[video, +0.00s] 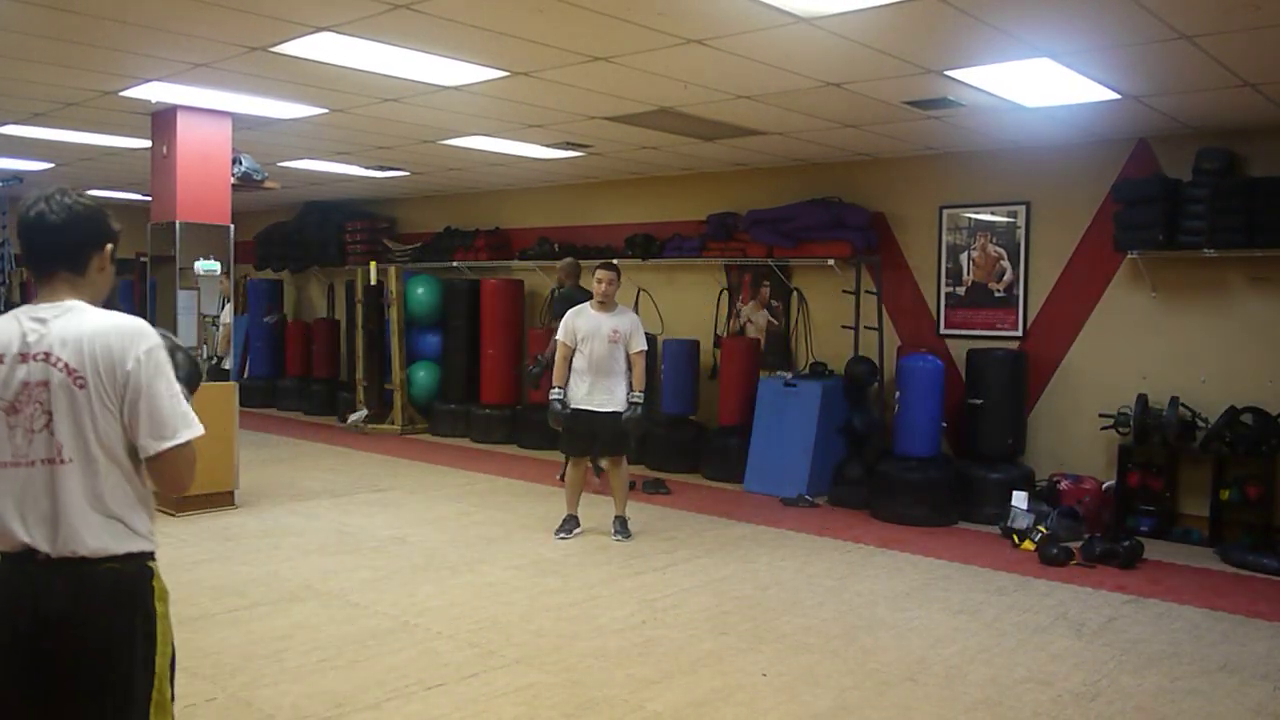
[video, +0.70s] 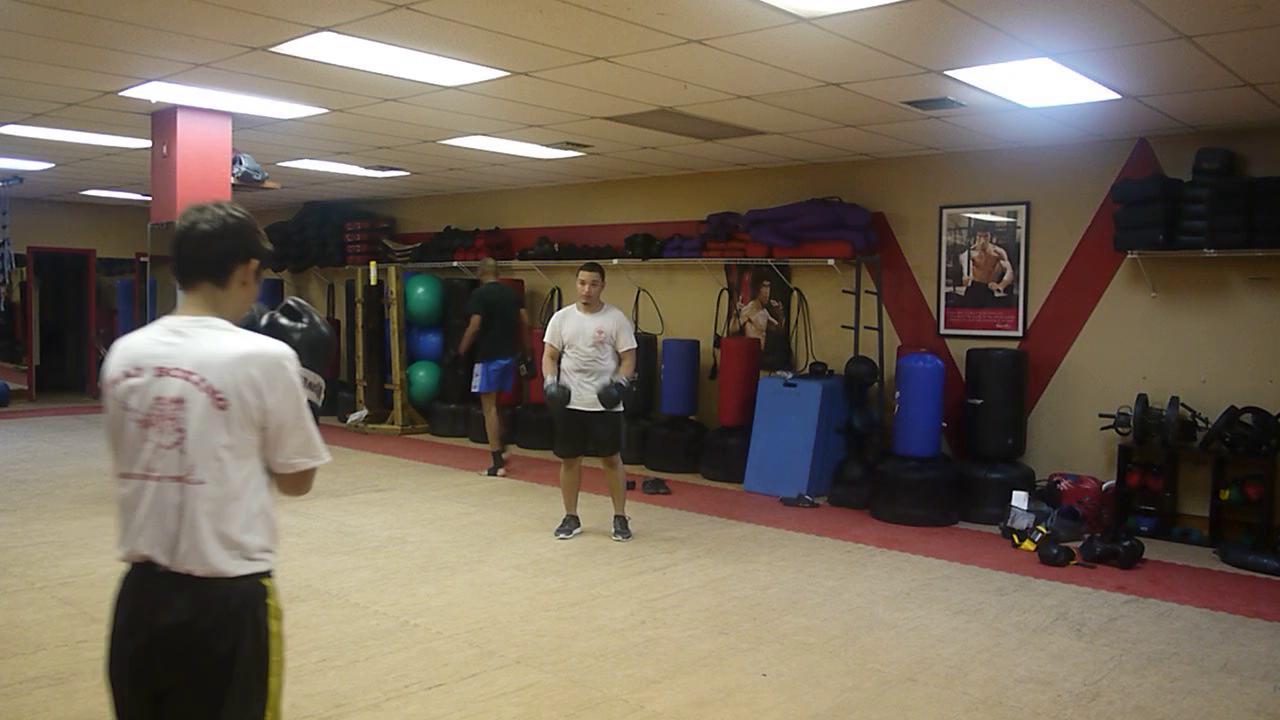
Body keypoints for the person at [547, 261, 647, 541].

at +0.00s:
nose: (604, 287)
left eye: (610, 283)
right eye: (599, 281)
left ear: (618, 286)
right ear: (592, 283)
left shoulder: (629, 319)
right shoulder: (573, 316)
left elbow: (638, 361)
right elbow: (561, 357)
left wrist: (637, 400)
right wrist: (557, 394)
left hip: (615, 406)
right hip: (578, 405)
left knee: (617, 462)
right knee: (576, 461)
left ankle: (620, 518)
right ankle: (571, 516)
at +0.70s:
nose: (586, 288)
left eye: (593, 284)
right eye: (582, 283)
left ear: (602, 287)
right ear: (576, 285)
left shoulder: (616, 318)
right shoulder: (561, 318)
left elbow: (628, 358)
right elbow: (549, 356)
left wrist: (619, 382)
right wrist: (551, 384)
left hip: (606, 405)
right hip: (570, 404)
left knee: (611, 460)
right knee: (569, 461)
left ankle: (620, 517)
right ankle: (570, 517)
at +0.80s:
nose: (582, 291)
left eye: (588, 286)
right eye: (578, 285)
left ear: (598, 288)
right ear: (572, 286)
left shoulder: (612, 317)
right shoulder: (558, 317)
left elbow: (623, 360)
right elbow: (546, 357)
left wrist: (607, 362)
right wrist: (557, 361)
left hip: (604, 404)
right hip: (567, 404)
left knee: (611, 460)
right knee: (569, 461)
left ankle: (620, 517)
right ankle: (571, 517)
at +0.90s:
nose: (579, 294)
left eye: (585, 288)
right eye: (574, 288)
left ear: (595, 288)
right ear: (568, 287)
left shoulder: (608, 316)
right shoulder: (555, 316)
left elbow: (611, 358)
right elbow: (547, 357)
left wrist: (597, 334)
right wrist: (558, 333)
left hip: (602, 401)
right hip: (565, 402)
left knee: (611, 458)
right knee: (568, 461)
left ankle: (620, 516)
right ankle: (570, 517)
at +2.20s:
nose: (581, 298)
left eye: (588, 293)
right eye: (576, 292)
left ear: (600, 291)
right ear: (568, 287)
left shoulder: (611, 318)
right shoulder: (554, 313)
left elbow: (616, 366)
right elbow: (539, 353)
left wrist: (598, 335)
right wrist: (555, 327)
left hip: (596, 400)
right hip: (557, 400)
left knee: (602, 471)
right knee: (553, 468)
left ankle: (609, 534)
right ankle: (551, 536)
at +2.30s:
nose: (574, 299)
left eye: (580, 293)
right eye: (568, 292)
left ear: (591, 292)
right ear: (559, 289)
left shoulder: (603, 321)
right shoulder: (545, 318)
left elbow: (611, 366)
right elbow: (534, 359)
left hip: (591, 407)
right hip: (553, 408)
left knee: (598, 475)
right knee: (554, 475)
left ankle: (608, 534)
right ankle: (556, 541)